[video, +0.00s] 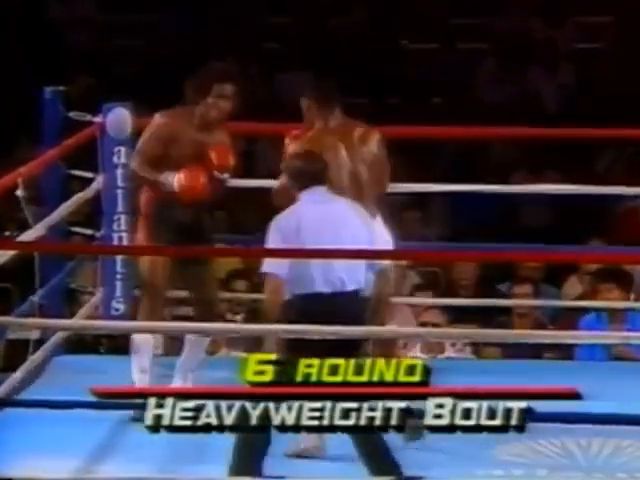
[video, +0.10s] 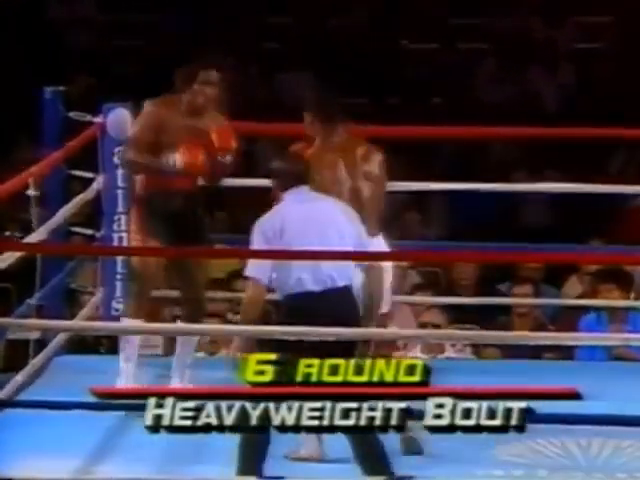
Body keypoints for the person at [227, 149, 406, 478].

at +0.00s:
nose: (277, 183)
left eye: (282, 176)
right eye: (280, 175)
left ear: (294, 181)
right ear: (323, 178)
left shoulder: (285, 221)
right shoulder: (358, 212)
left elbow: (275, 284)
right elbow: (386, 263)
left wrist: (269, 336)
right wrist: (377, 317)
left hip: (303, 304)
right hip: (352, 303)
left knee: (268, 389)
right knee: (349, 396)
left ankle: (245, 470)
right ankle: (389, 472)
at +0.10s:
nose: (271, 189)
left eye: (272, 184)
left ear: (275, 187)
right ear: (308, 180)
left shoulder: (269, 222)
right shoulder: (342, 210)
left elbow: (257, 286)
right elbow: (374, 261)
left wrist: (242, 335)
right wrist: (372, 314)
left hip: (296, 306)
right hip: (343, 301)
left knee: (265, 391)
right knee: (347, 394)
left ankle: (249, 470)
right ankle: (381, 470)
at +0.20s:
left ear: (271, 182)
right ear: (304, 174)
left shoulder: (264, 218)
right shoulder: (339, 204)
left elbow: (252, 285)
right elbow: (372, 257)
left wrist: (238, 332)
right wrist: (372, 310)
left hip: (297, 301)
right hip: (344, 296)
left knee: (271, 386)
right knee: (357, 384)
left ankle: (252, 470)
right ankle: (376, 469)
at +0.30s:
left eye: (277, 174)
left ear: (279, 176)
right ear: (314, 170)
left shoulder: (268, 213)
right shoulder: (345, 201)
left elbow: (253, 278)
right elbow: (380, 252)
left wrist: (248, 320)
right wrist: (385, 305)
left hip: (296, 297)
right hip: (344, 292)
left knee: (279, 383)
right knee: (369, 377)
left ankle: (256, 470)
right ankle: (388, 467)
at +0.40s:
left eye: (292, 173)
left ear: (293, 177)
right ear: (329, 173)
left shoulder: (277, 213)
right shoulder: (357, 205)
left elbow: (261, 279)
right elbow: (389, 256)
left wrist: (250, 330)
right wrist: (399, 309)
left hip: (302, 299)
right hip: (350, 295)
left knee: (285, 386)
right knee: (376, 379)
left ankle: (258, 470)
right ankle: (399, 468)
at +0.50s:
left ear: (323, 179)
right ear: (358, 178)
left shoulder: (303, 215)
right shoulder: (382, 211)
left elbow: (284, 278)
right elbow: (410, 264)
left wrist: (292, 313)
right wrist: (422, 312)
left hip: (320, 302)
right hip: (369, 301)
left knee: (296, 389)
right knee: (389, 388)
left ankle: (263, 470)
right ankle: (408, 469)